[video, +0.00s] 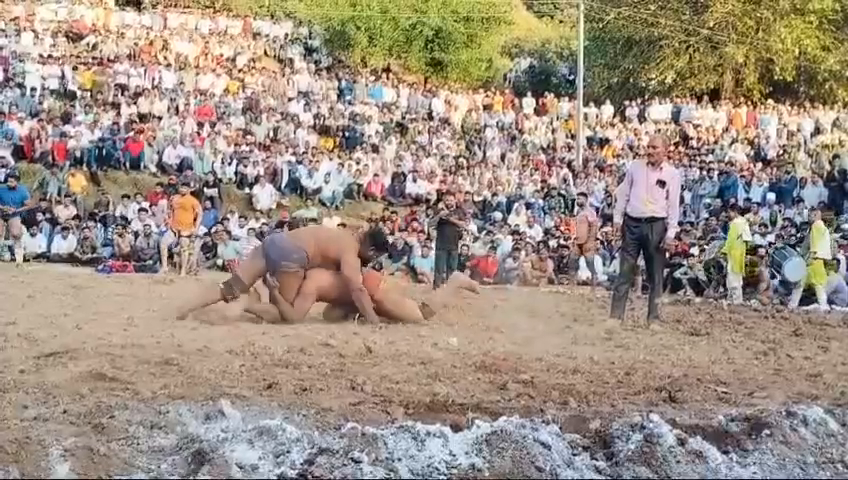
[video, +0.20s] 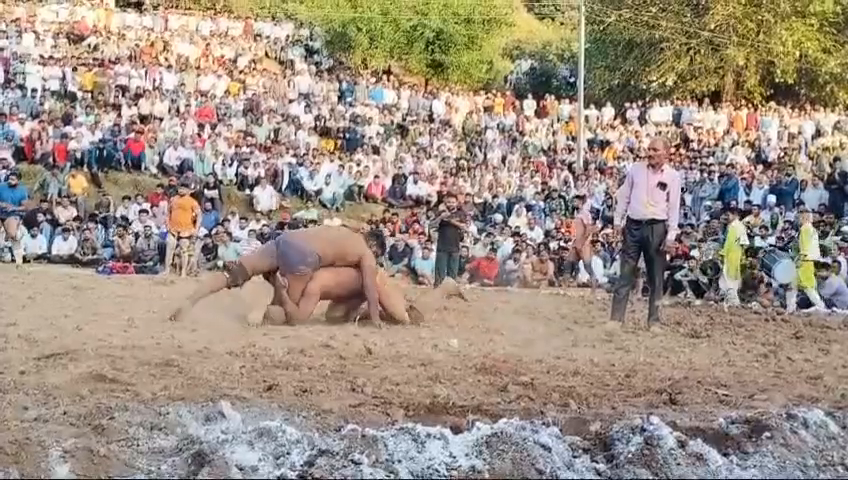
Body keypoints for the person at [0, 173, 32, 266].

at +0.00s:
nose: (10, 183)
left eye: (12, 181)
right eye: (9, 181)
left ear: (17, 181)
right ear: (7, 181)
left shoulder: (22, 190)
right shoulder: (2, 189)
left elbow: (29, 205)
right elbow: (1, 204)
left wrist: (15, 210)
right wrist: (4, 208)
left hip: (14, 215)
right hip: (3, 214)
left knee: (16, 234)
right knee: (2, 235)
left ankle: (19, 260)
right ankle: (4, 254)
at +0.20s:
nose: (11, 181)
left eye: (13, 179)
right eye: (10, 179)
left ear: (18, 180)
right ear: (7, 179)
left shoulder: (22, 189)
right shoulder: (3, 187)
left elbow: (25, 206)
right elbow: (1, 202)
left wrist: (12, 208)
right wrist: (5, 205)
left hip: (14, 212)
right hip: (3, 211)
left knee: (12, 234)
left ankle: (18, 260)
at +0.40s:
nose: (8, 183)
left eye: (11, 181)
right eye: (8, 181)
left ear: (16, 182)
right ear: (6, 181)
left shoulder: (21, 192)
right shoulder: (2, 190)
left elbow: (24, 208)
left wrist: (12, 210)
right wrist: (3, 208)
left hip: (13, 216)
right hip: (3, 216)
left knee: (12, 236)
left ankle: (18, 261)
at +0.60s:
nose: (4, 183)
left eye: (6, 181)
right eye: (3, 181)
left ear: (12, 181)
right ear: (3, 181)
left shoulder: (21, 191)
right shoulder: (2, 191)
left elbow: (25, 206)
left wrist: (13, 211)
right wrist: (3, 210)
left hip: (16, 214)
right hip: (3, 214)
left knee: (15, 226)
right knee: (2, 225)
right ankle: (3, 248)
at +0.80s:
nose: (0, 180)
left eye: (2, 178)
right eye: (0, 178)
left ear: (6, 178)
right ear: (2, 178)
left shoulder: (19, 187)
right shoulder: (2, 191)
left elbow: (28, 199)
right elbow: (1, 204)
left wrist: (15, 206)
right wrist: (4, 208)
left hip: (22, 212)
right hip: (9, 213)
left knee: (22, 232)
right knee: (5, 232)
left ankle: (22, 256)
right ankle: (2, 253)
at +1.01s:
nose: (0, 177)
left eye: (1, 175)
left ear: (6, 174)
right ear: (2, 176)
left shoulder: (19, 181)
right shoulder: (2, 189)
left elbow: (29, 191)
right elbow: (3, 201)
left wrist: (16, 200)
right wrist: (8, 204)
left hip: (28, 209)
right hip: (15, 210)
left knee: (27, 231)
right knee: (9, 230)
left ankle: (24, 255)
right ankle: (5, 251)